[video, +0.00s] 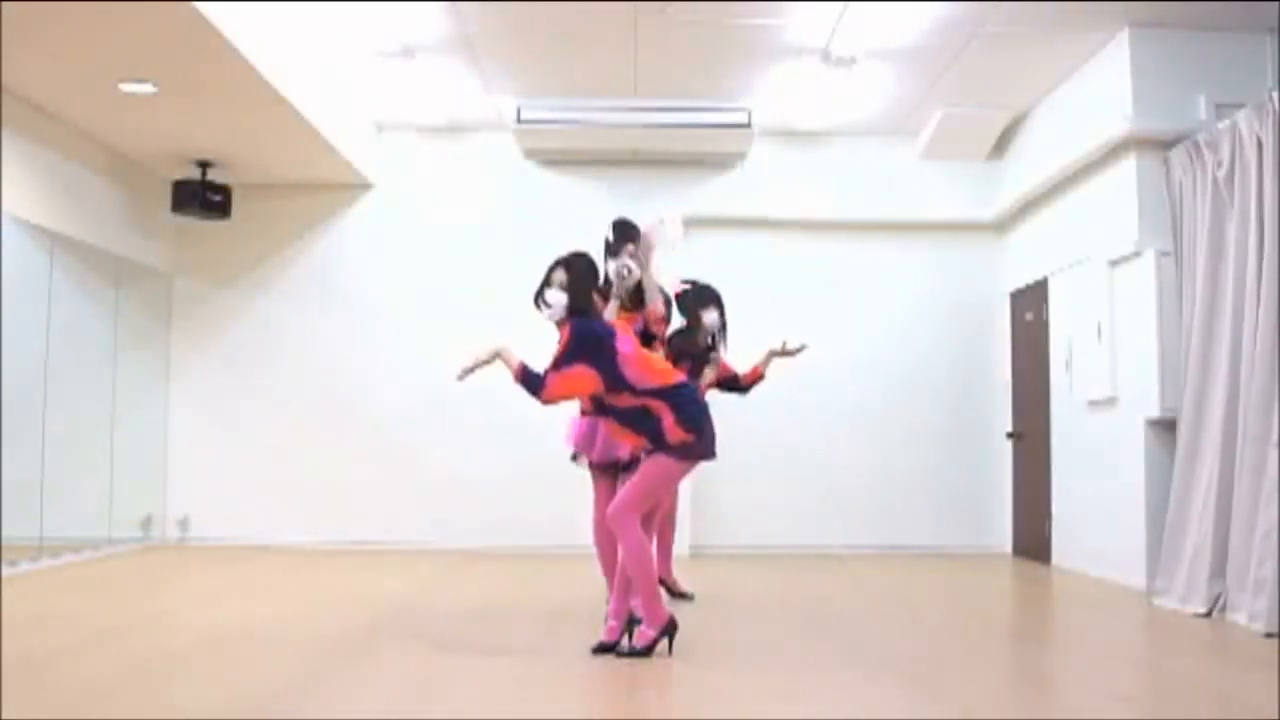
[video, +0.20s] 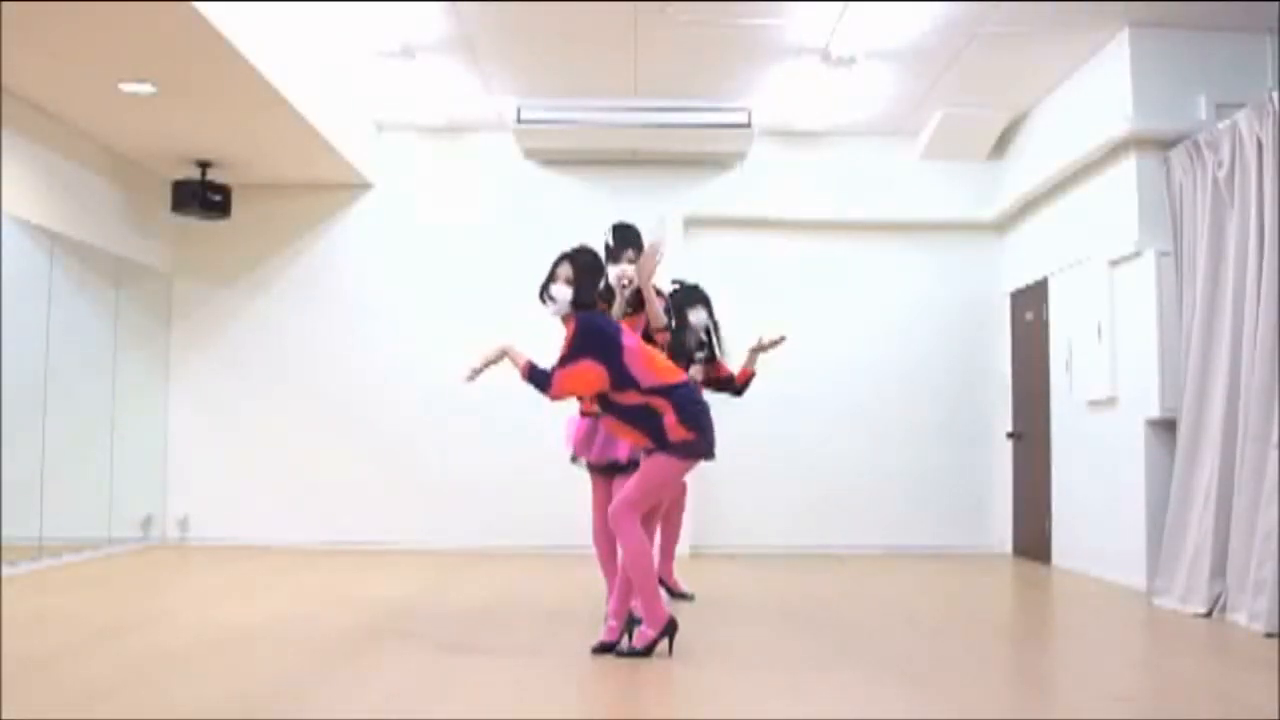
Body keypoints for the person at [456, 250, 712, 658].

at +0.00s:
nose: (547, 295)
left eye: (556, 287)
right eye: (547, 285)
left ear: (574, 292)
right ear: (587, 293)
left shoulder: (588, 337)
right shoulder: (582, 333)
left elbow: (548, 391)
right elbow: (552, 387)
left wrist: (504, 357)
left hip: (684, 434)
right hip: (665, 433)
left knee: (623, 514)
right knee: (615, 519)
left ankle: (655, 616)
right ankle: (622, 616)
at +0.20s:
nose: (554, 288)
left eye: (565, 282)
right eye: (554, 279)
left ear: (582, 289)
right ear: (553, 280)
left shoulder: (593, 329)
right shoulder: (584, 329)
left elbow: (557, 388)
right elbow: (562, 385)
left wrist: (510, 354)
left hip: (683, 429)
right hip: (666, 429)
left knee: (624, 512)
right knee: (619, 519)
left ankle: (656, 616)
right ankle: (623, 616)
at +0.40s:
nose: (578, 259)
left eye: (589, 251)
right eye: (576, 249)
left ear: (608, 258)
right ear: (572, 252)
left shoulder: (612, 296)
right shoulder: (591, 300)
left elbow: (620, 369)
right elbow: (581, 354)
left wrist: (579, 403)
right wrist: (570, 387)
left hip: (670, 419)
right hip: (646, 418)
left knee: (622, 511)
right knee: (617, 517)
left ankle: (655, 615)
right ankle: (620, 612)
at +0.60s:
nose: (618, 229)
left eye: (626, 221)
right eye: (608, 221)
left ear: (636, 224)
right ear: (593, 227)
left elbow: (706, 272)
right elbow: (601, 324)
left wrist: (732, 293)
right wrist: (621, 275)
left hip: (663, 401)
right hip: (611, 403)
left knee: (648, 501)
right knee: (610, 506)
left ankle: (654, 615)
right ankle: (619, 613)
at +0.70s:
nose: (633, 217)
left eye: (637, 209)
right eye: (621, 213)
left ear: (652, 217)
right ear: (609, 227)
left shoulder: (669, 263)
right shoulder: (598, 276)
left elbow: (716, 276)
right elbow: (616, 321)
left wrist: (732, 246)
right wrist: (649, 266)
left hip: (660, 406)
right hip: (606, 408)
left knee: (654, 511)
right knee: (607, 509)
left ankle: (659, 615)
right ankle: (616, 616)